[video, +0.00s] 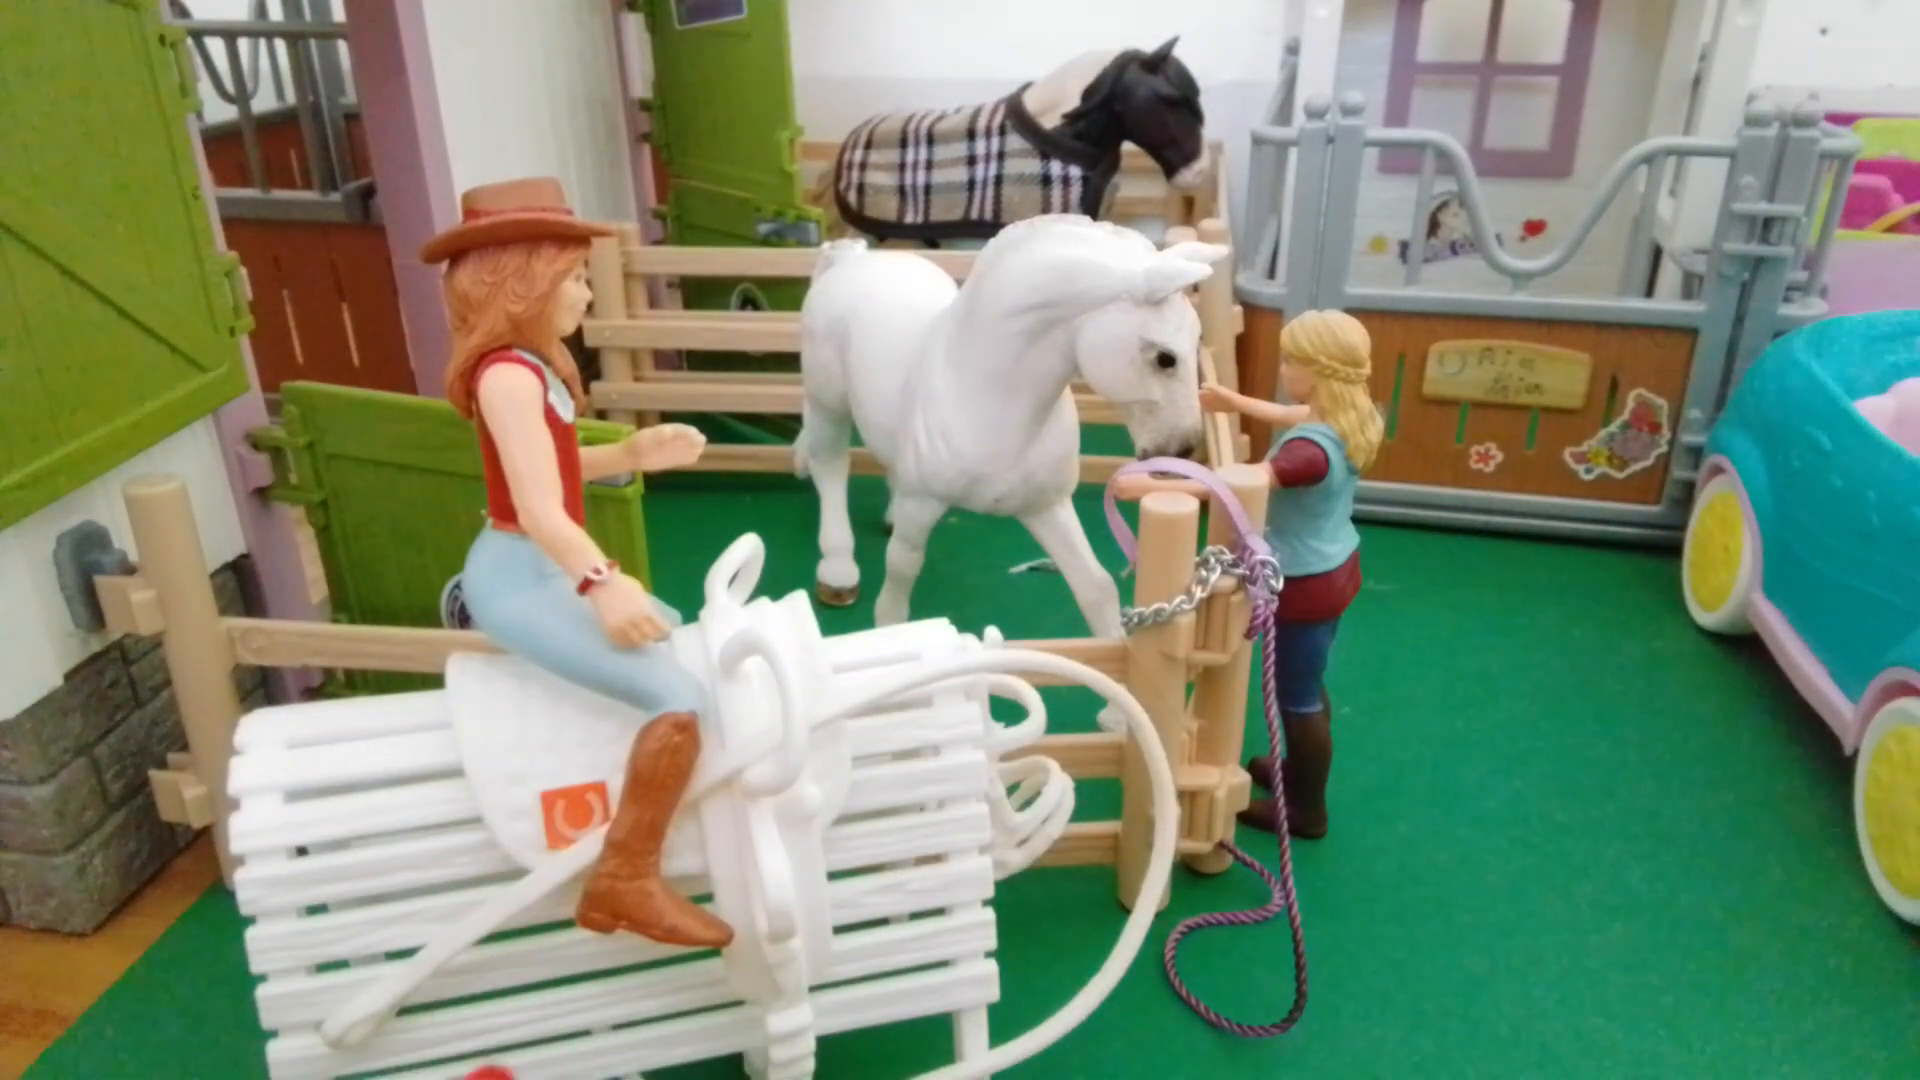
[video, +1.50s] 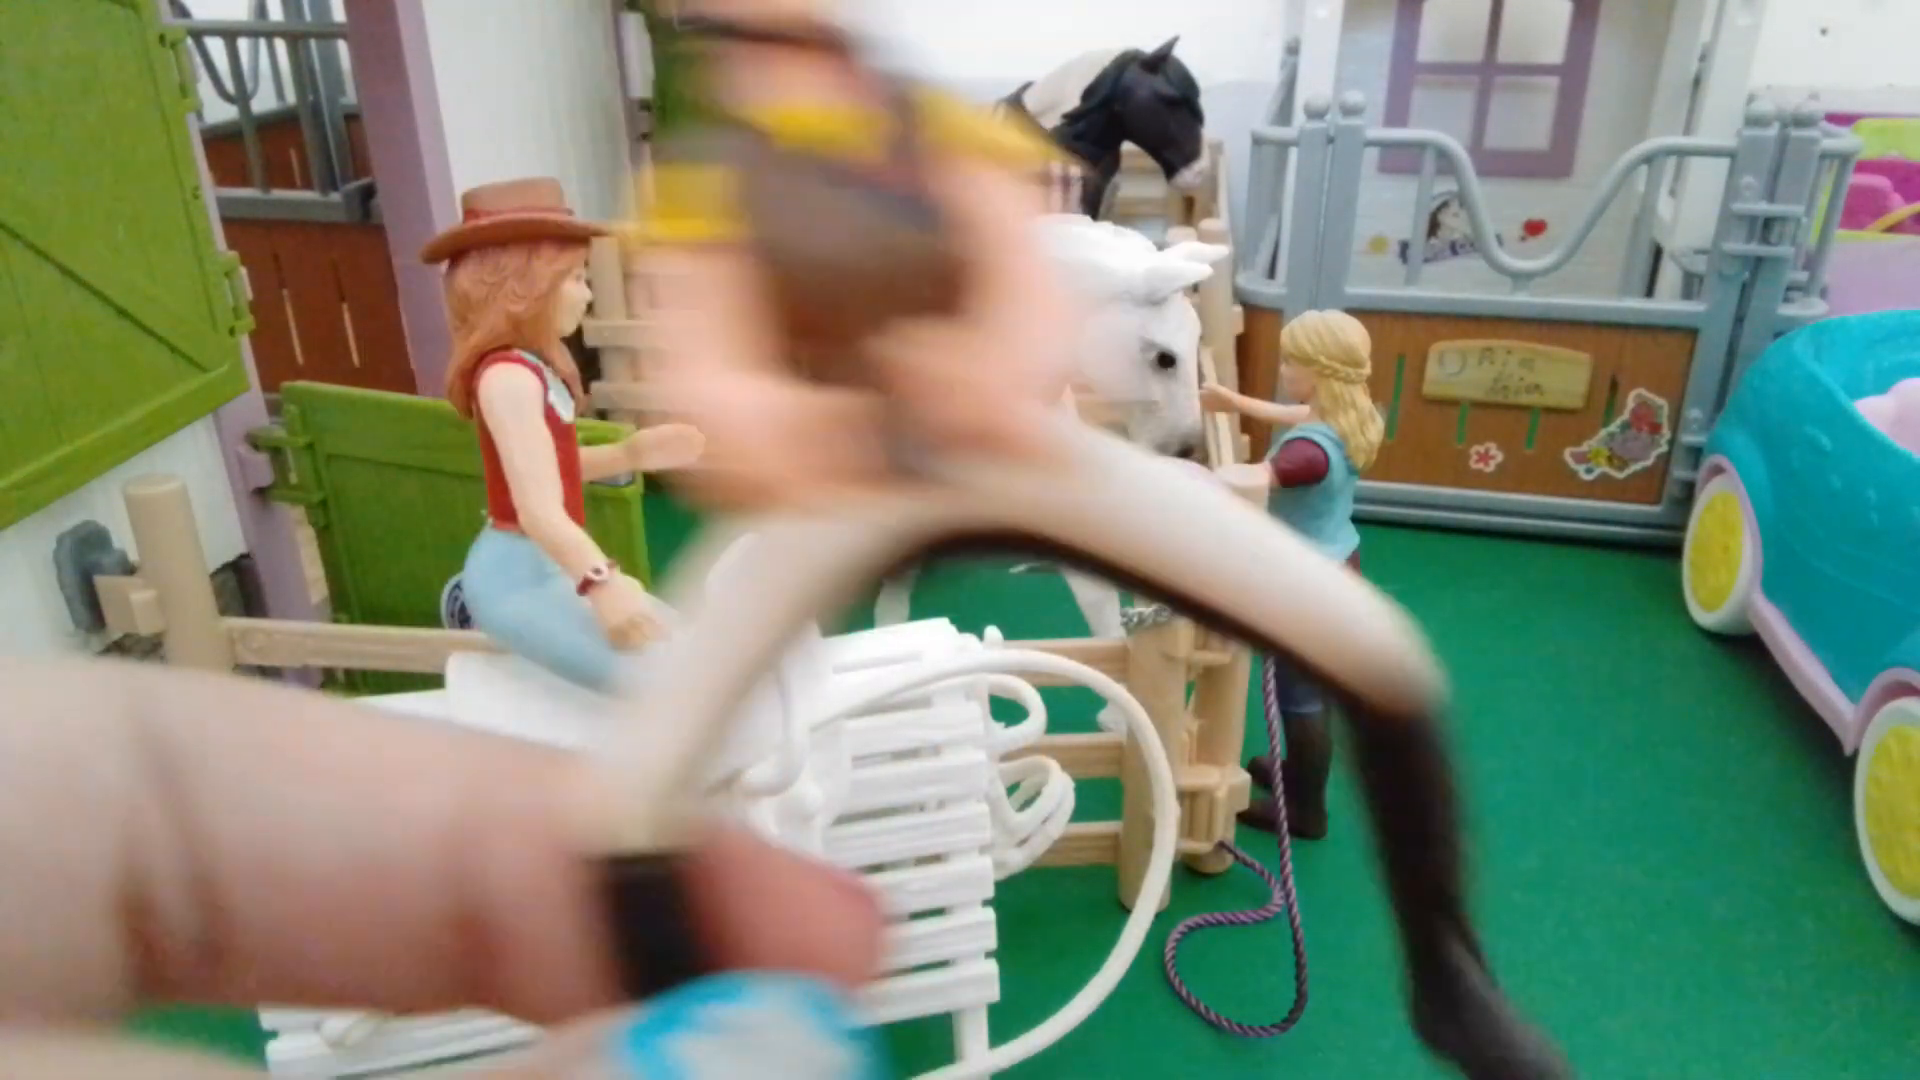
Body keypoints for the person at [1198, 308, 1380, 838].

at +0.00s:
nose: (1282, 370)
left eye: (1289, 361)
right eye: (1284, 360)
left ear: (1318, 372)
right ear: (1337, 372)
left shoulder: (1315, 447)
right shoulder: (1348, 417)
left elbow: (1252, 478)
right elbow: (1288, 416)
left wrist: (1165, 484)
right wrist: (1235, 400)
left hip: (1304, 587)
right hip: (1332, 566)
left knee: (1299, 699)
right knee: (1301, 681)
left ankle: (1304, 811)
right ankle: (1300, 773)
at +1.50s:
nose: (1281, 371)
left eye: (1290, 363)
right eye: (1284, 361)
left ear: (1317, 374)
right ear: (1336, 373)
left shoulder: (1315, 448)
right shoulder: (1346, 419)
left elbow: (1253, 479)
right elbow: (1292, 415)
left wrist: (1193, 479)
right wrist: (1236, 401)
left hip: (1309, 579)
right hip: (1333, 565)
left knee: (1297, 691)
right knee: (1299, 676)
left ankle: (1302, 809)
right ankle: (1298, 771)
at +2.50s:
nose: (1281, 370)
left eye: (1290, 361)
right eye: (1284, 359)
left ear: (1318, 373)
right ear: (1335, 374)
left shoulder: (1315, 447)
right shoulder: (1347, 418)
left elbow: (1246, 478)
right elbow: (1291, 415)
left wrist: (1159, 484)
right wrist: (1238, 401)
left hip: (1303, 588)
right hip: (1329, 568)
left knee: (1300, 700)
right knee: (1301, 682)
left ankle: (1303, 812)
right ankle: (1299, 774)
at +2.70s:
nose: (1281, 370)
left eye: (1290, 361)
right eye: (1284, 359)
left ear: (1318, 372)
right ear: (1334, 373)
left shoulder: (1314, 447)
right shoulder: (1344, 417)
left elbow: (1241, 480)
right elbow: (1289, 416)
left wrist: (1156, 485)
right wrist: (1237, 401)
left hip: (1304, 588)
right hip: (1331, 567)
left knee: (1300, 700)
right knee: (1301, 682)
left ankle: (1304, 812)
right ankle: (1299, 774)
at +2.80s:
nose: (1282, 370)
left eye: (1290, 362)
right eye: (1284, 360)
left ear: (1318, 373)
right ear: (1336, 373)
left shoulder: (1314, 447)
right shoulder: (1347, 417)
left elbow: (1243, 479)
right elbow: (1290, 415)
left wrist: (1160, 483)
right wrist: (1238, 401)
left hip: (1304, 588)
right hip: (1332, 567)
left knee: (1299, 701)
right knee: (1301, 683)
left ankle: (1303, 812)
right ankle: (1299, 773)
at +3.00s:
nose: (1282, 370)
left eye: (1290, 361)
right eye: (1284, 360)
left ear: (1318, 372)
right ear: (1335, 372)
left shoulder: (1314, 447)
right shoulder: (1347, 417)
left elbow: (1243, 478)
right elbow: (1291, 415)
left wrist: (1158, 484)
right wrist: (1238, 401)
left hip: (1304, 588)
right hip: (1332, 567)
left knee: (1299, 701)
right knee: (1302, 682)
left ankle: (1304, 813)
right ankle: (1299, 774)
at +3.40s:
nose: (1282, 370)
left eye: (1290, 362)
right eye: (1285, 360)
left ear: (1319, 372)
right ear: (1335, 373)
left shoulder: (1315, 447)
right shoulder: (1348, 418)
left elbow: (1251, 477)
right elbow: (1288, 414)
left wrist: (1162, 484)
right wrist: (1235, 401)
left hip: (1305, 586)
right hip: (1333, 564)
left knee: (1298, 698)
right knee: (1301, 680)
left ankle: (1303, 811)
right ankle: (1300, 771)